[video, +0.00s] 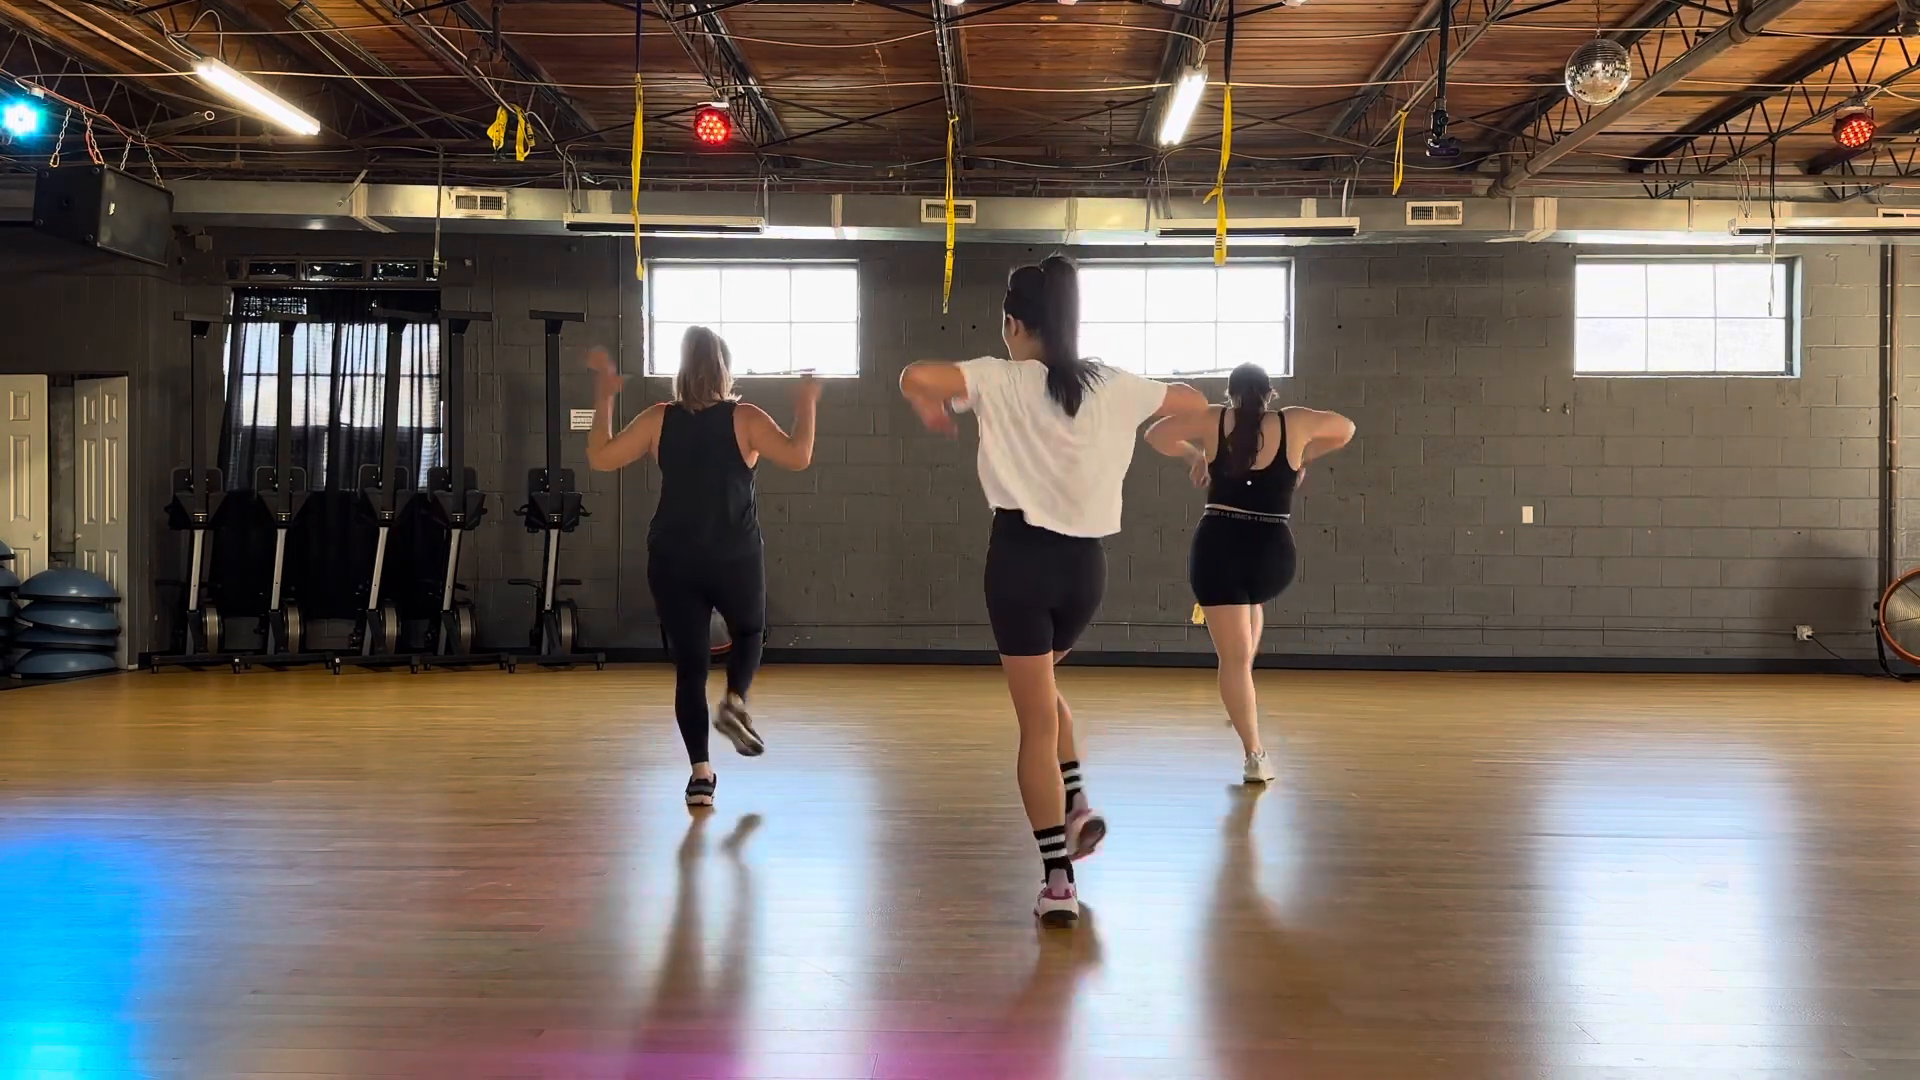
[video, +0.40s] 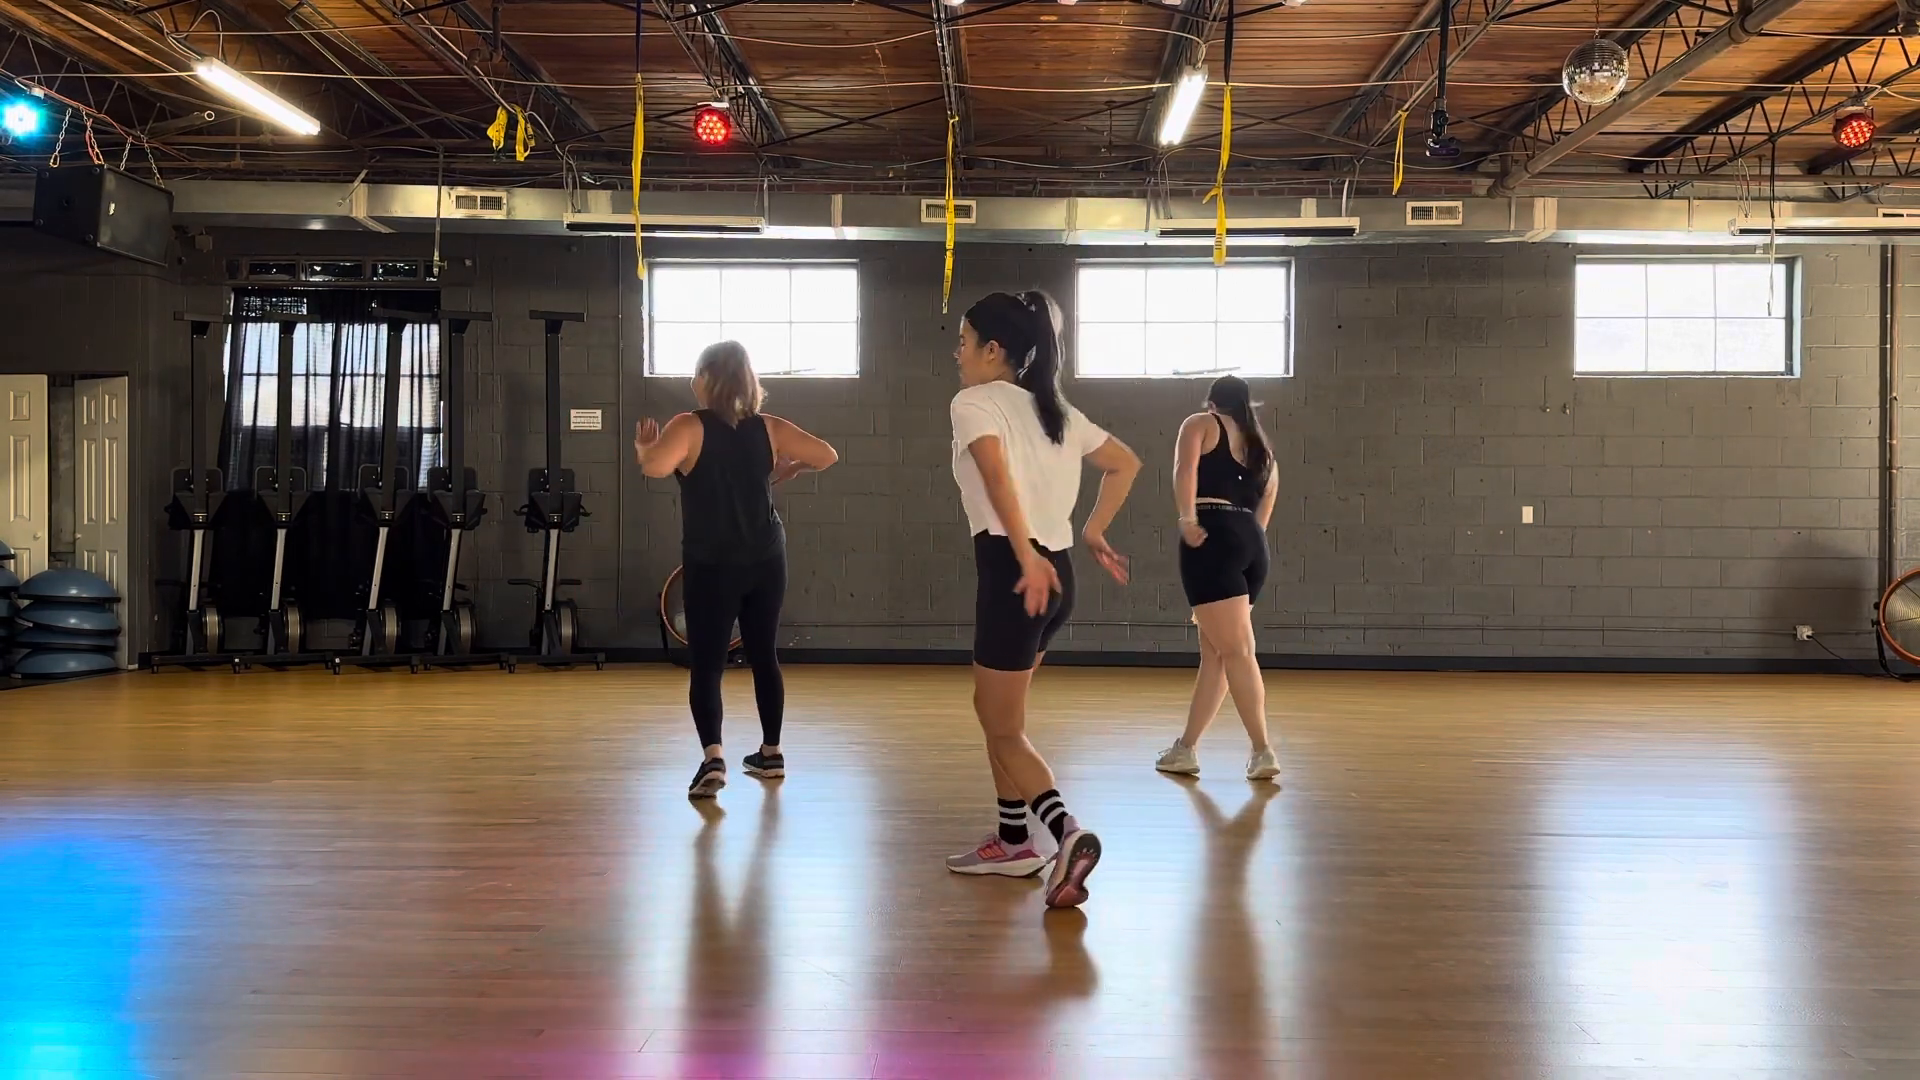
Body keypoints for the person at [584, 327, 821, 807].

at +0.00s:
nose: (723, 369)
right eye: (723, 360)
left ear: (682, 367)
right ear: (725, 367)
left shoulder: (659, 419)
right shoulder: (746, 417)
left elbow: (601, 456)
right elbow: (799, 456)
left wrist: (603, 395)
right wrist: (809, 397)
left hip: (673, 556)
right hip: (733, 555)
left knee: (690, 667)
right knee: (748, 630)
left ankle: (700, 770)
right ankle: (735, 699)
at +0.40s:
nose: (694, 382)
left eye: (697, 375)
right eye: (696, 375)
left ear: (707, 380)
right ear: (748, 381)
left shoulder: (688, 427)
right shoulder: (768, 427)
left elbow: (655, 467)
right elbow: (826, 455)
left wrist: (645, 446)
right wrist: (794, 465)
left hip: (711, 567)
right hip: (767, 563)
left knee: (706, 669)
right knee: (764, 655)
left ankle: (713, 759)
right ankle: (772, 752)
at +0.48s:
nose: (691, 382)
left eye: (696, 375)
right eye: (693, 374)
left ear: (714, 380)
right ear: (740, 383)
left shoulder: (698, 426)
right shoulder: (767, 426)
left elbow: (688, 470)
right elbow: (822, 455)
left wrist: (654, 468)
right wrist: (788, 476)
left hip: (721, 565)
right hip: (772, 559)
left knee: (704, 668)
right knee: (764, 654)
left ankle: (724, 752)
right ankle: (771, 752)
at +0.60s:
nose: (690, 381)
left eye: (700, 375)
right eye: (694, 373)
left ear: (727, 387)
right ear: (732, 390)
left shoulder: (713, 429)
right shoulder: (758, 429)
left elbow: (735, 476)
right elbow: (806, 457)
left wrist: (688, 502)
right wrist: (772, 493)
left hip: (732, 563)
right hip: (772, 556)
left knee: (699, 662)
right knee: (762, 651)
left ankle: (738, 752)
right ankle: (772, 749)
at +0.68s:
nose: (692, 385)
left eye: (702, 378)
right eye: (694, 377)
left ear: (731, 388)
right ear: (729, 389)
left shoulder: (724, 430)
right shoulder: (746, 426)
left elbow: (762, 479)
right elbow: (786, 458)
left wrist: (717, 524)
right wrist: (759, 502)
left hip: (734, 564)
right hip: (763, 557)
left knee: (697, 658)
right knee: (760, 652)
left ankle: (741, 753)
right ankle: (778, 745)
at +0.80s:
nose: (697, 385)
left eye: (709, 378)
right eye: (695, 377)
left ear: (737, 387)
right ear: (694, 386)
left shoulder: (745, 433)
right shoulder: (719, 432)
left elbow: (788, 488)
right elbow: (729, 493)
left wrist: (759, 551)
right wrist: (712, 544)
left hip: (743, 563)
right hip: (730, 560)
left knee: (701, 654)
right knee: (753, 653)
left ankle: (736, 757)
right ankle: (782, 738)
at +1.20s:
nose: (700, 377)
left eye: (711, 369)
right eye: (694, 370)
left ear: (731, 379)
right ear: (685, 380)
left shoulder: (760, 429)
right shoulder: (667, 434)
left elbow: (780, 498)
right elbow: (660, 502)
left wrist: (781, 558)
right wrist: (661, 562)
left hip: (745, 561)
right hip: (686, 560)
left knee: (730, 660)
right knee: (681, 664)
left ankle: (715, 758)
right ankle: (722, 709)